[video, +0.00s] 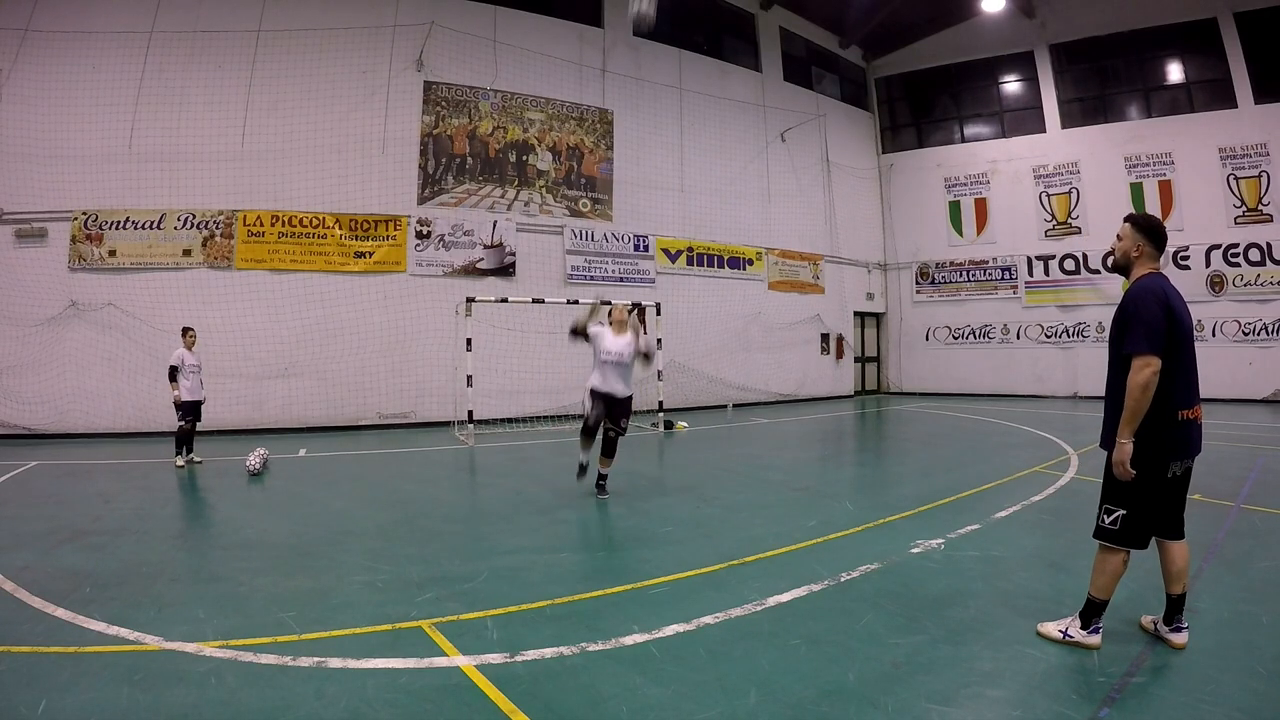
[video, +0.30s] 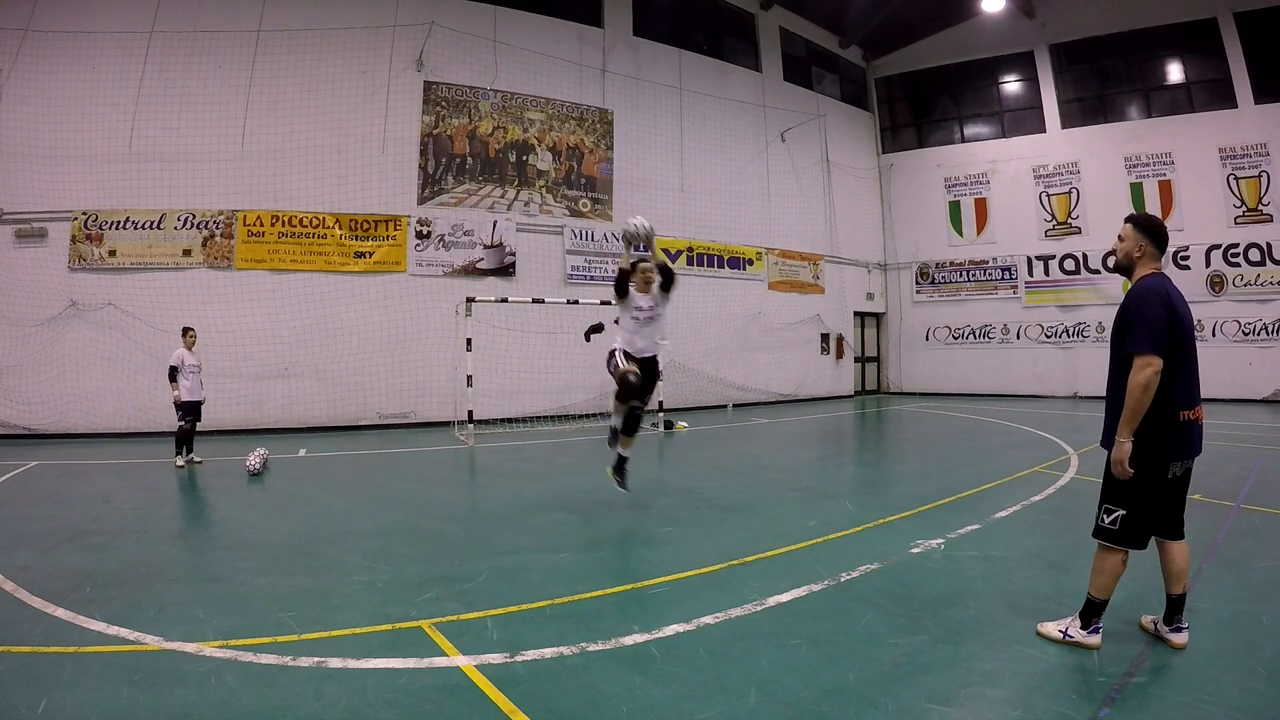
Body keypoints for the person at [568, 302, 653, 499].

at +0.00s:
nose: (620, 312)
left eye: (624, 310)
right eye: (616, 309)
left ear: (629, 316)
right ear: (610, 316)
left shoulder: (634, 337)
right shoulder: (599, 332)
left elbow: (648, 359)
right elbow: (575, 332)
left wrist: (640, 335)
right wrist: (590, 316)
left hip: (622, 395)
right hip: (598, 391)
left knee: (611, 440)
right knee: (590, 426)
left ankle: (602, 481)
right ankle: (583, 461)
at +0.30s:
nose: (648, 276)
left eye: (652, 272)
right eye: (643, 272)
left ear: (657, 275)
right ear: (633, 276)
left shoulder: (660, 296)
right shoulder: (626, 298)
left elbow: (669, 276)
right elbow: (621, 282)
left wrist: (653, 249)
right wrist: (627, 251)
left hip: (649, 360)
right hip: (622, 354)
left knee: (636, 413)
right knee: (631, 382)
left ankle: (620, 464)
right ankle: (616, 424)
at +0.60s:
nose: (698, 323)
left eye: (699, 318)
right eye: (693, 318)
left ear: (698, 321)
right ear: (678, 320)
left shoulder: (701, 347)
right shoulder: (660, 347)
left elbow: (709, 383)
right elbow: (640, 384)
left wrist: (697, 397)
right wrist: (672, 398)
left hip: (687, 419)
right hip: (660, 417)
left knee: (692, 478)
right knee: (674, 470)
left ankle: (653, 497)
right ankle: (647, 526)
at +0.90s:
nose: (800, 386)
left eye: (801, 381)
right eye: (795, 381)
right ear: (779, 380)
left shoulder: (790, 399)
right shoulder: (758, 400)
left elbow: (786, 433)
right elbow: (752, 457)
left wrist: (804, 458)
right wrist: (783, 487)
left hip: (755, 432)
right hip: (720, 429)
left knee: (792, 469)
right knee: (739, 469)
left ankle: (801, 532)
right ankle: (737, 521)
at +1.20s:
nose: (838, 430)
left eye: (840, 424)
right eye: (834, 425)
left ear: (818, 420)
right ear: (816, 423)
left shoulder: (813, 407)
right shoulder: (796, 435)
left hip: (773, 435)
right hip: (744, 441)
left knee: (825, 465)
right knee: (785, 472)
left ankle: (809, 524)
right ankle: (794, 540)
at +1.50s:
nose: (809, 376)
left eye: (811, 371)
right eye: (805, 370)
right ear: (789, 369)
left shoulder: (799, 390)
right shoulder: (765, 382)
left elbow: (811, 407)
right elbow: (722, 397)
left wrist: (820, 432)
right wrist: (734, 430)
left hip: (766, 420)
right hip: (738, 417)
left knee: (791, 465)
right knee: (758, 462)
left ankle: (795, 516)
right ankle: (750, 523)